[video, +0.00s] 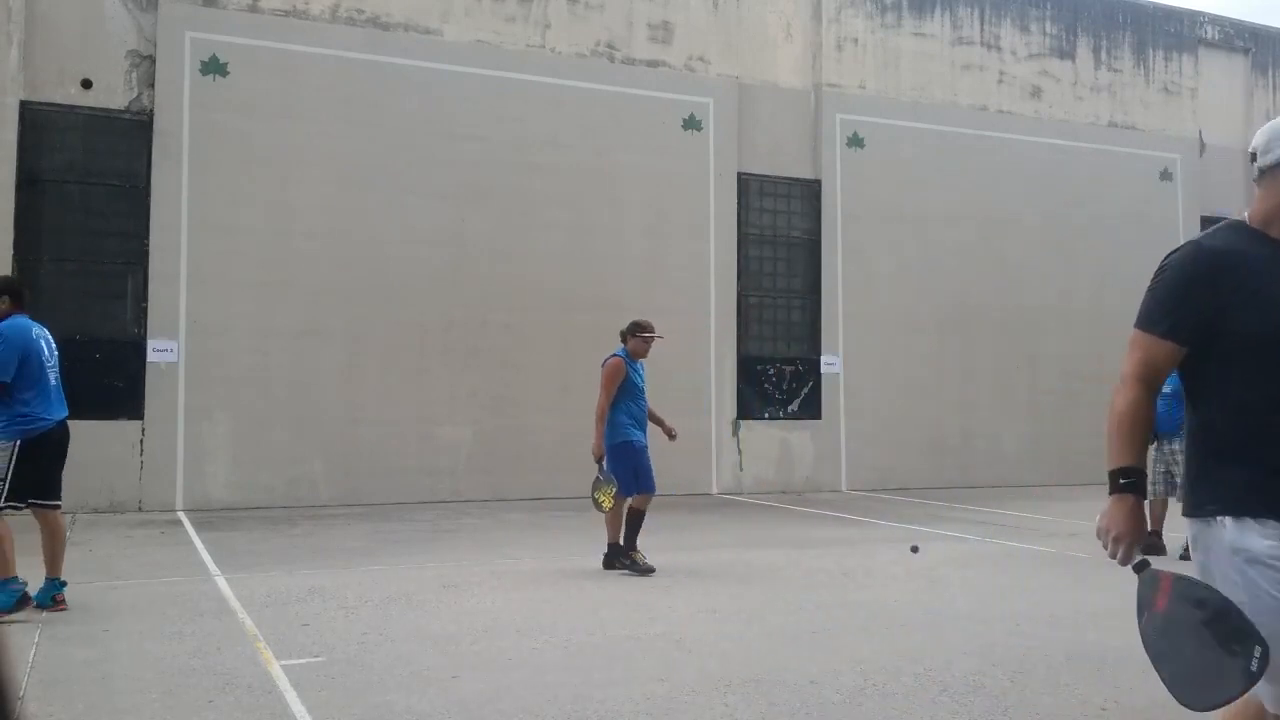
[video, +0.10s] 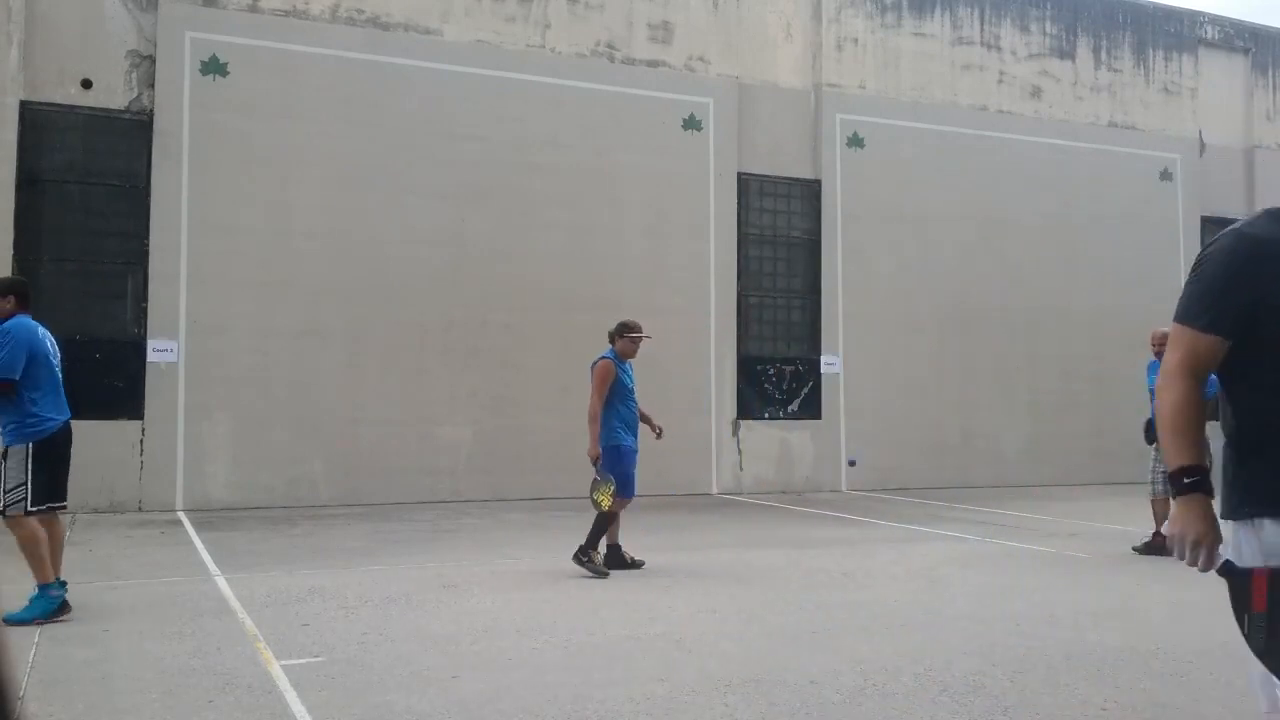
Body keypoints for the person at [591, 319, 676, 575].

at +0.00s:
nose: (649, 345)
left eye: (651, 341)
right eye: (645, 340)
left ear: (645, 343)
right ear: (630, 340)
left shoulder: (636, 365)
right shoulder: (617, 364)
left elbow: (639, 404)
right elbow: (603, 404)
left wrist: (663, 424)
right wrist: (598, 441)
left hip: (627, 437)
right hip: (626, 439)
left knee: (618, 493)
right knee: (645, 489)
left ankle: (613, 552)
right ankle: (629, 550)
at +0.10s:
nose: (638, 346)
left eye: (639, 342)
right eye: (634, 341)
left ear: (631, 343)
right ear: (618, 340)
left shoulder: (624, 365)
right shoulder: (606, 365)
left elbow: (627, 404)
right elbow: (595, 405)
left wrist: (649, 421)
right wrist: (593, 444)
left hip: (625, 442)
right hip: (615, 444)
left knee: (616, 498)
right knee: (622, 497)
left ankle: (613, 552)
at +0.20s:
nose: (626, 346)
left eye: (628, 341)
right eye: (622, 341)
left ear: (623, 343)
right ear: (607, 340)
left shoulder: (615, 365)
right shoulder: (595, 365)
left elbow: (621, 401)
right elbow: (589, 407)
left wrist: (642, 411)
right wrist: (592, 444)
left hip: (615, 444)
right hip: (600, 443)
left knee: (612, 497)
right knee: (593, 498)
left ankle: (613, 553)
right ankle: (556, 552)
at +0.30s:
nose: (615, 344)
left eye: (616, 339)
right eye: (610, 339)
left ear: (612, 343)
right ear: (593, 341)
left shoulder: (608, 366)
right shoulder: (583, 366)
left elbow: (624, 396)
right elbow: (581, 407)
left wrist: (635, 390)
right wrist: (591, 443)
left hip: (602, 443)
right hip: (583, 442)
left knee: (603, 497)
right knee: (571, 499)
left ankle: (611, 552)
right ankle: (548, 560)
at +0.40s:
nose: (606, 340)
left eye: (606, 336)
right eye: (600, 335)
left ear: (603, 339)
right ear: (584, 338)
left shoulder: (603, 362)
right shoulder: (573, 364)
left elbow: (627, 382)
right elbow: (576, 406)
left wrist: (627, 364)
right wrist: (591, 441)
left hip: (589, 444)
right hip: (570, 443)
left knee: (589, 499)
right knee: (558, 499)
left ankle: (604, 551)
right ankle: (546, 560)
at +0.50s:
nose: (601, 338)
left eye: (601, 334)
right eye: (597, 333)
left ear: (589, 337)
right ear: (581, 336)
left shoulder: (595, 358)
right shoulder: (567, 362)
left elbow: (621, 368)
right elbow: (571, 405)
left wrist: (623, 343)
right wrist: (590, 439)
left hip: (582, 442)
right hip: (562, 442)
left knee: (581, 497)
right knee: (553, 498)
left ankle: (585, 552)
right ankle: (545, 559)